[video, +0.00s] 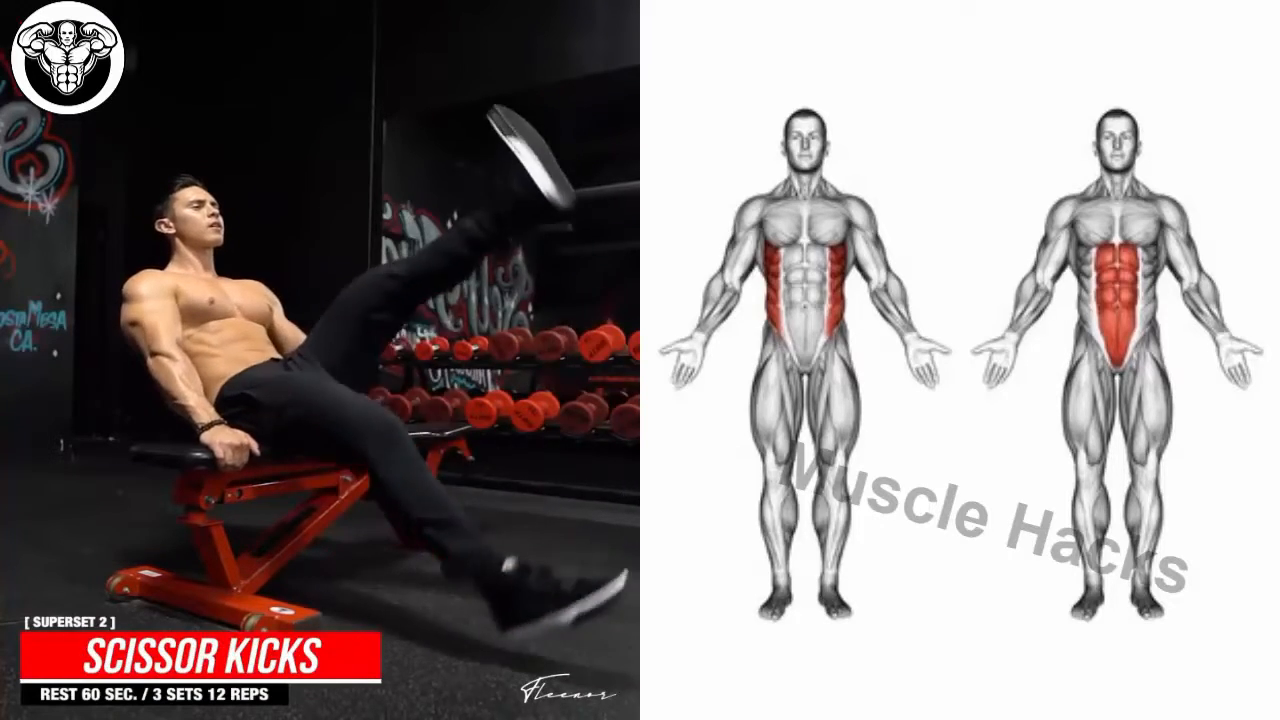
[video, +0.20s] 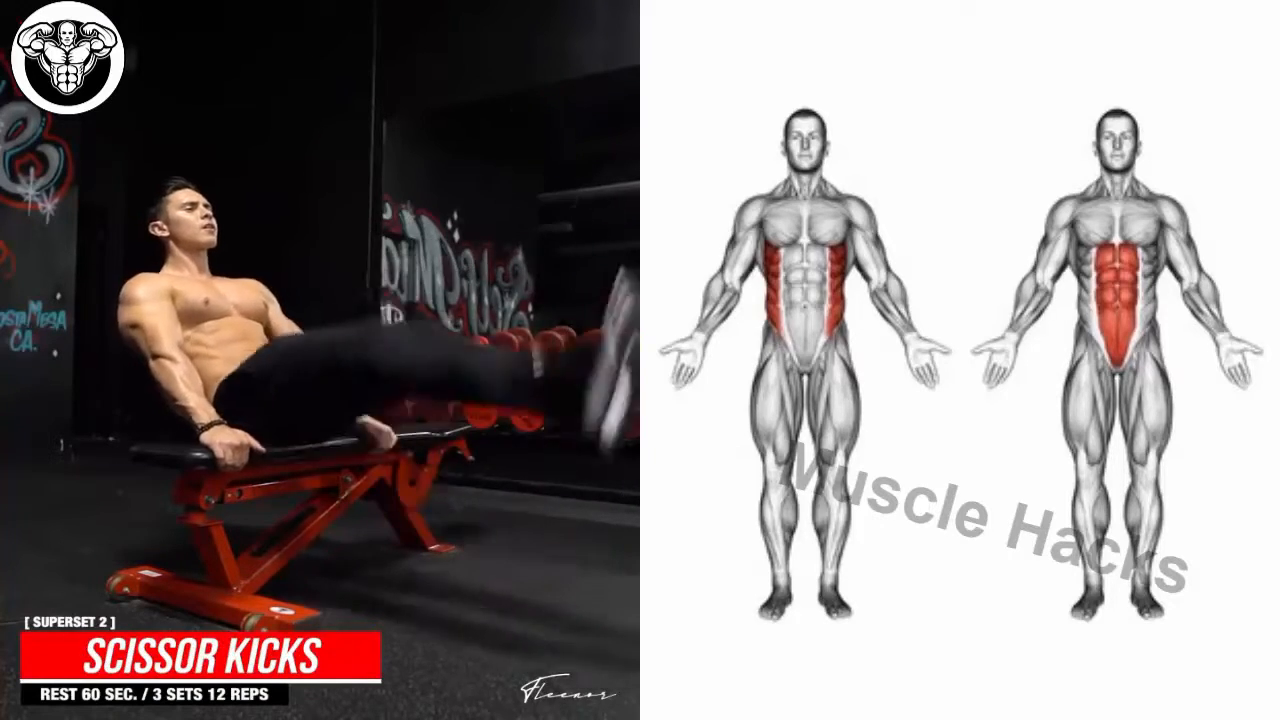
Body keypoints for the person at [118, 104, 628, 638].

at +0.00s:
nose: (212, 212)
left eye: (214, 205)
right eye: (197, 205)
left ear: (217, 223)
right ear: (167, 225)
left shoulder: (253, 290)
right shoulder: (150, 284)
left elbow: (310, 353)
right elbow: (164, 355)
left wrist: (372, 405)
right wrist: (209, 425)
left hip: (300, 375)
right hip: (246, 388)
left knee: (376, 290)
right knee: (375, 425)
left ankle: (517, 210)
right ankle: (501, 584)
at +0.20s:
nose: (205, 215)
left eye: (206, 208)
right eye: (190, 209)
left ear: (212, 225)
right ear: (161, 229)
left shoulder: (252, 289)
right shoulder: (146, 288)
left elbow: (305, 355)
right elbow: (167, 359)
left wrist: (358, 415)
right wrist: (209, 423)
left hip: (296, 394)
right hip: (241, 402)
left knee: (410, 343)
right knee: (372, 346)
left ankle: (568, 382)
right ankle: (549, 379)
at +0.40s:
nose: (207, 214)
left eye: (207, 207)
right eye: (192, 208)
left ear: (209, 225)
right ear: (161, 228)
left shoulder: (252, 286)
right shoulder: (145, 290)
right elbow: (162, 362)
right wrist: (208, 426)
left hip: (306, 392)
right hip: (246, 387)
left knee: (432, 436)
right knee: (338, 273)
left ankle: (541, 581)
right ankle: (476, 187)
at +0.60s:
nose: (208, 215)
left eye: (207, 208)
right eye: (192, 209)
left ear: (209, 225)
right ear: (161, 227)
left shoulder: (252, 291)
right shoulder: (143, 290)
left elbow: (303, 345)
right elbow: (165, 362)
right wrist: (208, 426)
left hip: (302, 397)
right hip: (242, 394)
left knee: (418, 405)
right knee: (329, 296)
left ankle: (551, 531)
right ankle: (497, 228)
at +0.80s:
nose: (202, 219)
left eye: (201, 212)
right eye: (186, 214)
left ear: (207, 227)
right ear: (158, 235)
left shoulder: (249, 292)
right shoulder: (143, 293)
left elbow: (308, 356)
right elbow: (169, 362)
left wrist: (358, 416)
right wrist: (210, 425)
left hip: (303, 386)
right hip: (243, 399)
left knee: (406, 322)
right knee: (359, 357)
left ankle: (548, 312)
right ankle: (531, 450)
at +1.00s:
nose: (203, 221)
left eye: (203, 215)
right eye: (187, 215)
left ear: (206, 235)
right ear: (158, 237)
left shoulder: (246, 294)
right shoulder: (142, 294)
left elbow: (302, 352)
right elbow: (163, 358)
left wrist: (354, 394)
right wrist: (207, 424)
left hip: (302, 370)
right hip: (250, 387)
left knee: (383, 284)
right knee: (371, 438)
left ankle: (502, 188)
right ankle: (490, 591)